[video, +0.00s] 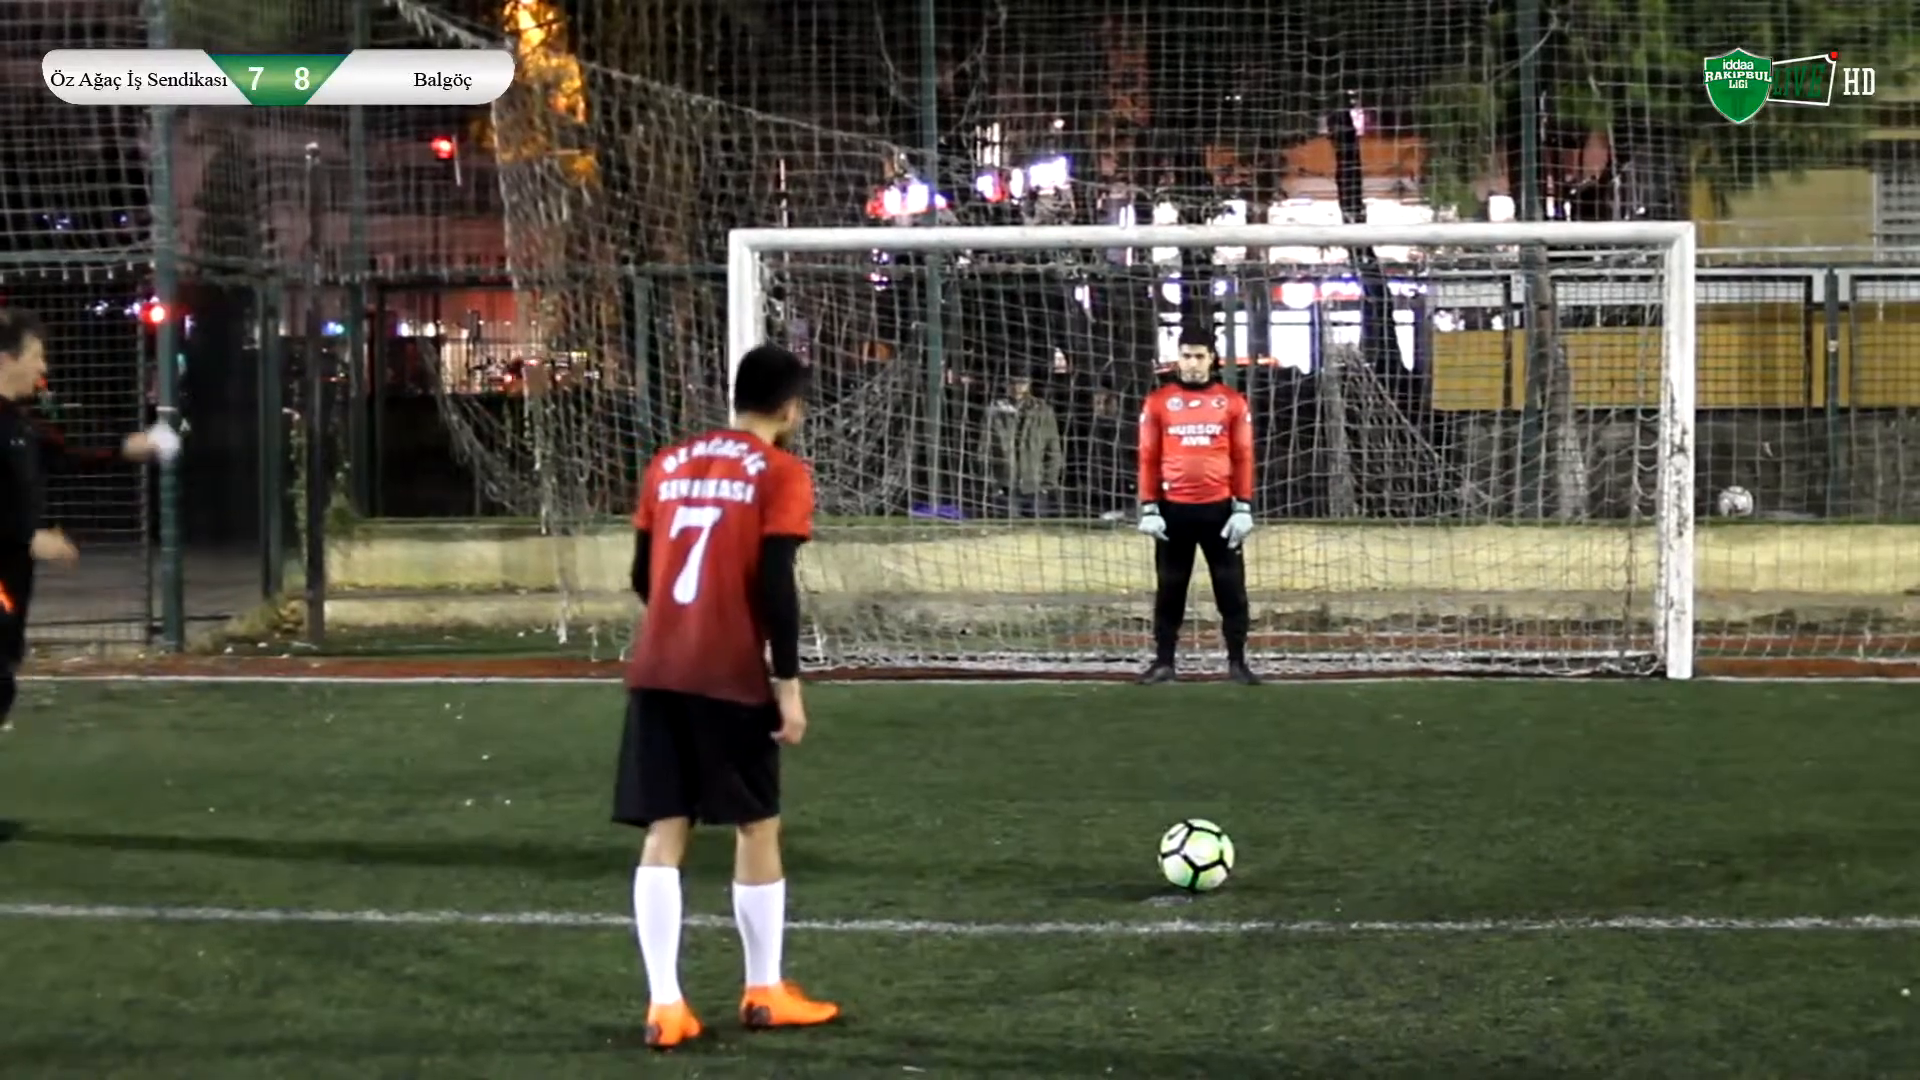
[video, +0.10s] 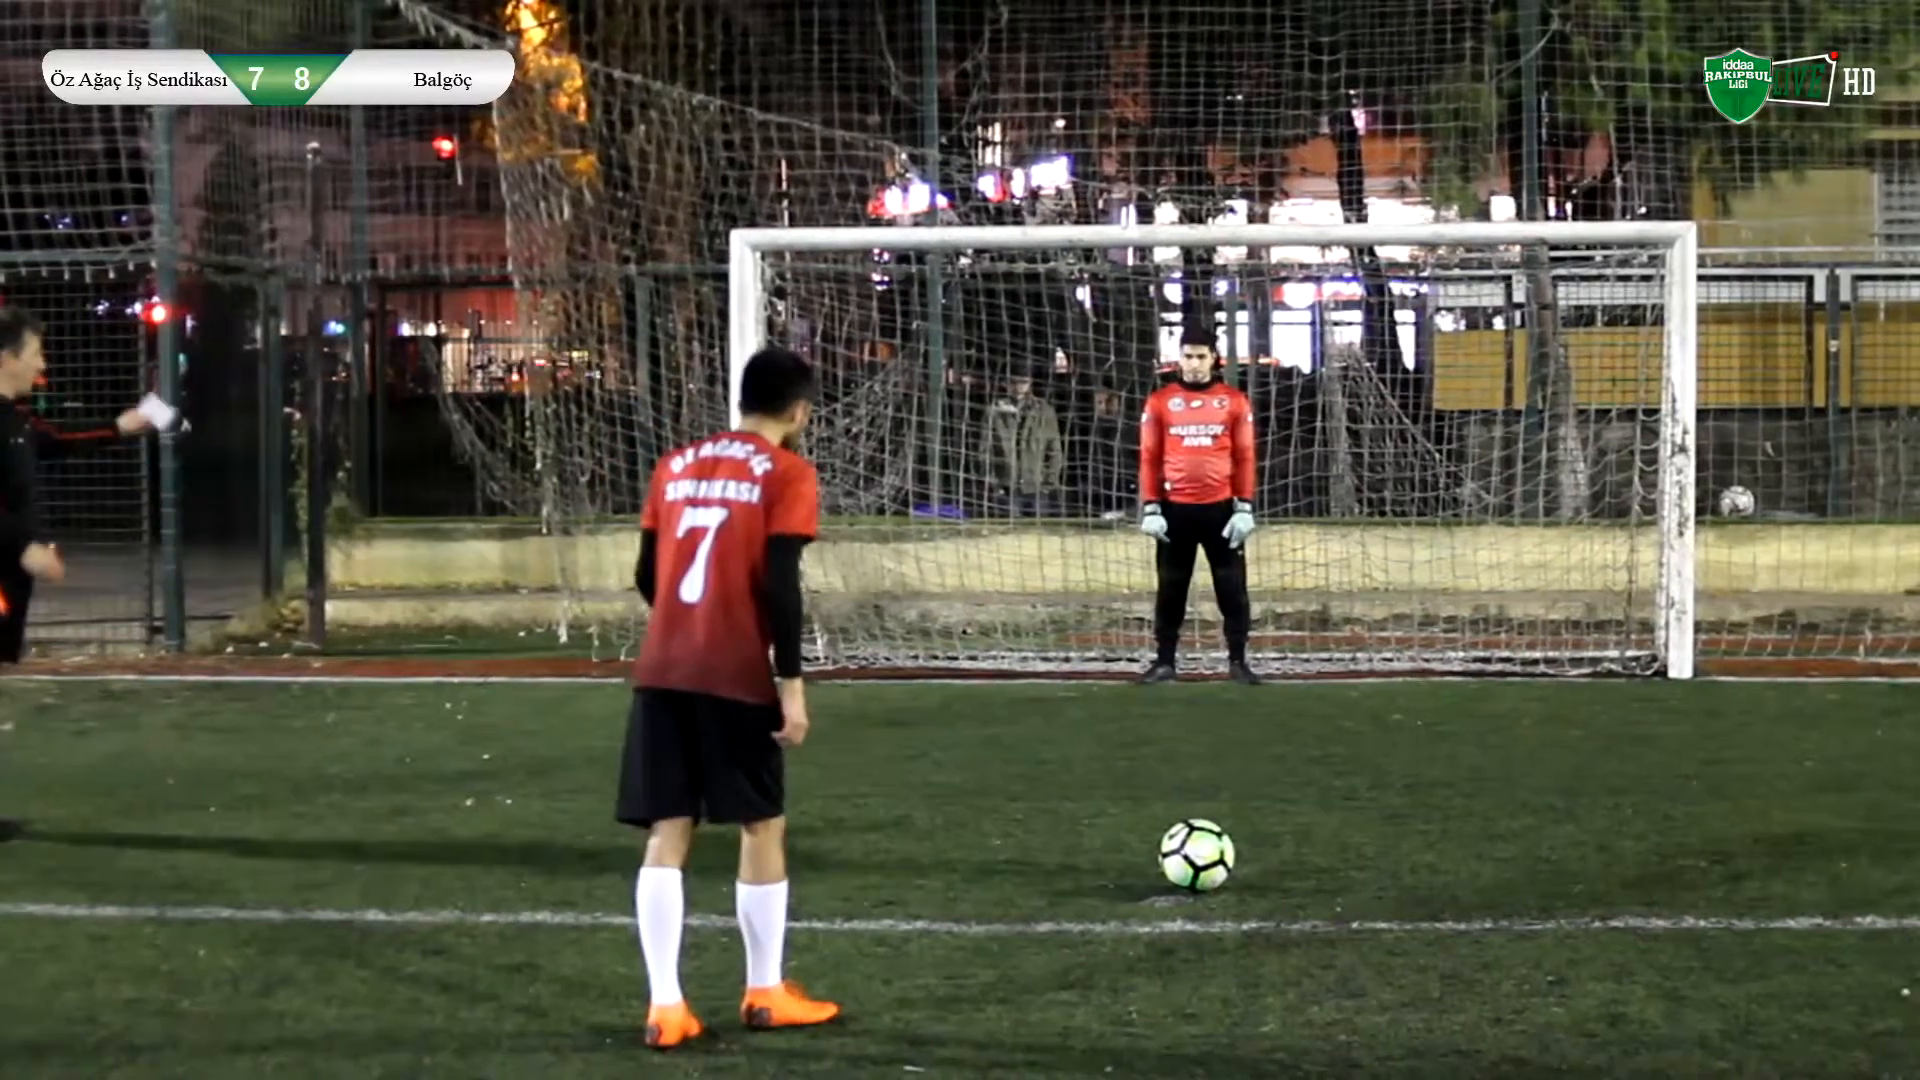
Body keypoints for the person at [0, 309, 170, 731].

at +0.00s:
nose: (43, 369)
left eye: (42, 357)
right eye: (36, 356)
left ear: (13, 360)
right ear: (8, 359)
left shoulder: (18, 419)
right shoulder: (5, 420)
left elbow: (64, 459)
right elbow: (3, 499)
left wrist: (130, 448)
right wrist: (29, 536)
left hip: (13, 576)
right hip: (3, 580)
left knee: (5, 684)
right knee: (3, 687)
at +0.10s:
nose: (42, 368)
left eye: (41, 355)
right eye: (35, 355)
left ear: (13, 359)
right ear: (7, 358)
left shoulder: (15, 416)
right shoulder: (1, 418)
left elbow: (57, 444)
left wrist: (123, 426)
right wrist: (22, 546)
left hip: (9, 588)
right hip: (1, 592)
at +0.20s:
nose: (40, 364)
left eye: (39, 353)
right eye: (33, 353)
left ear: (13, 357)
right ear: (5, 355)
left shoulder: (14, 413)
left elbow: (43, 448)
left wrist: (111, 435)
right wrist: (8, 559)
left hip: (3, 587)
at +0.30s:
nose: (35, 368)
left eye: (35, 356)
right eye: (30, 355)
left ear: (14, 356)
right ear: (5, 354)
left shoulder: (13, 413)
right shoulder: (4, 417)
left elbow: (34, 466)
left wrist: (99, 469)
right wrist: (4, 564)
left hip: (8, 574)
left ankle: (0, 818)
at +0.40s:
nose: (38, 362)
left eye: (38, 351)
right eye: (30, 350)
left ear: (17, 354)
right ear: (6, 353)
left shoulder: (14, 412)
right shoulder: (4, 415)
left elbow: (21, 491)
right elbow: (8, 493)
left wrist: (66, 518)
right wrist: (1, 566)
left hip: (9, 570)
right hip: (0, 572)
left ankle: (5, 816)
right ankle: (4, 816)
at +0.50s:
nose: (34, 364)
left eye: (35, 354)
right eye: (28, 353)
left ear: (19, 356)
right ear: (3, 354)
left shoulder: (13, 413)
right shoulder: (4, 414)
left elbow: (18, 491)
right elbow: (11, 492)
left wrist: (48, 541)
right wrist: (4, 567)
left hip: (7, 568)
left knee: (1, 681)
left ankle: (1, 813)